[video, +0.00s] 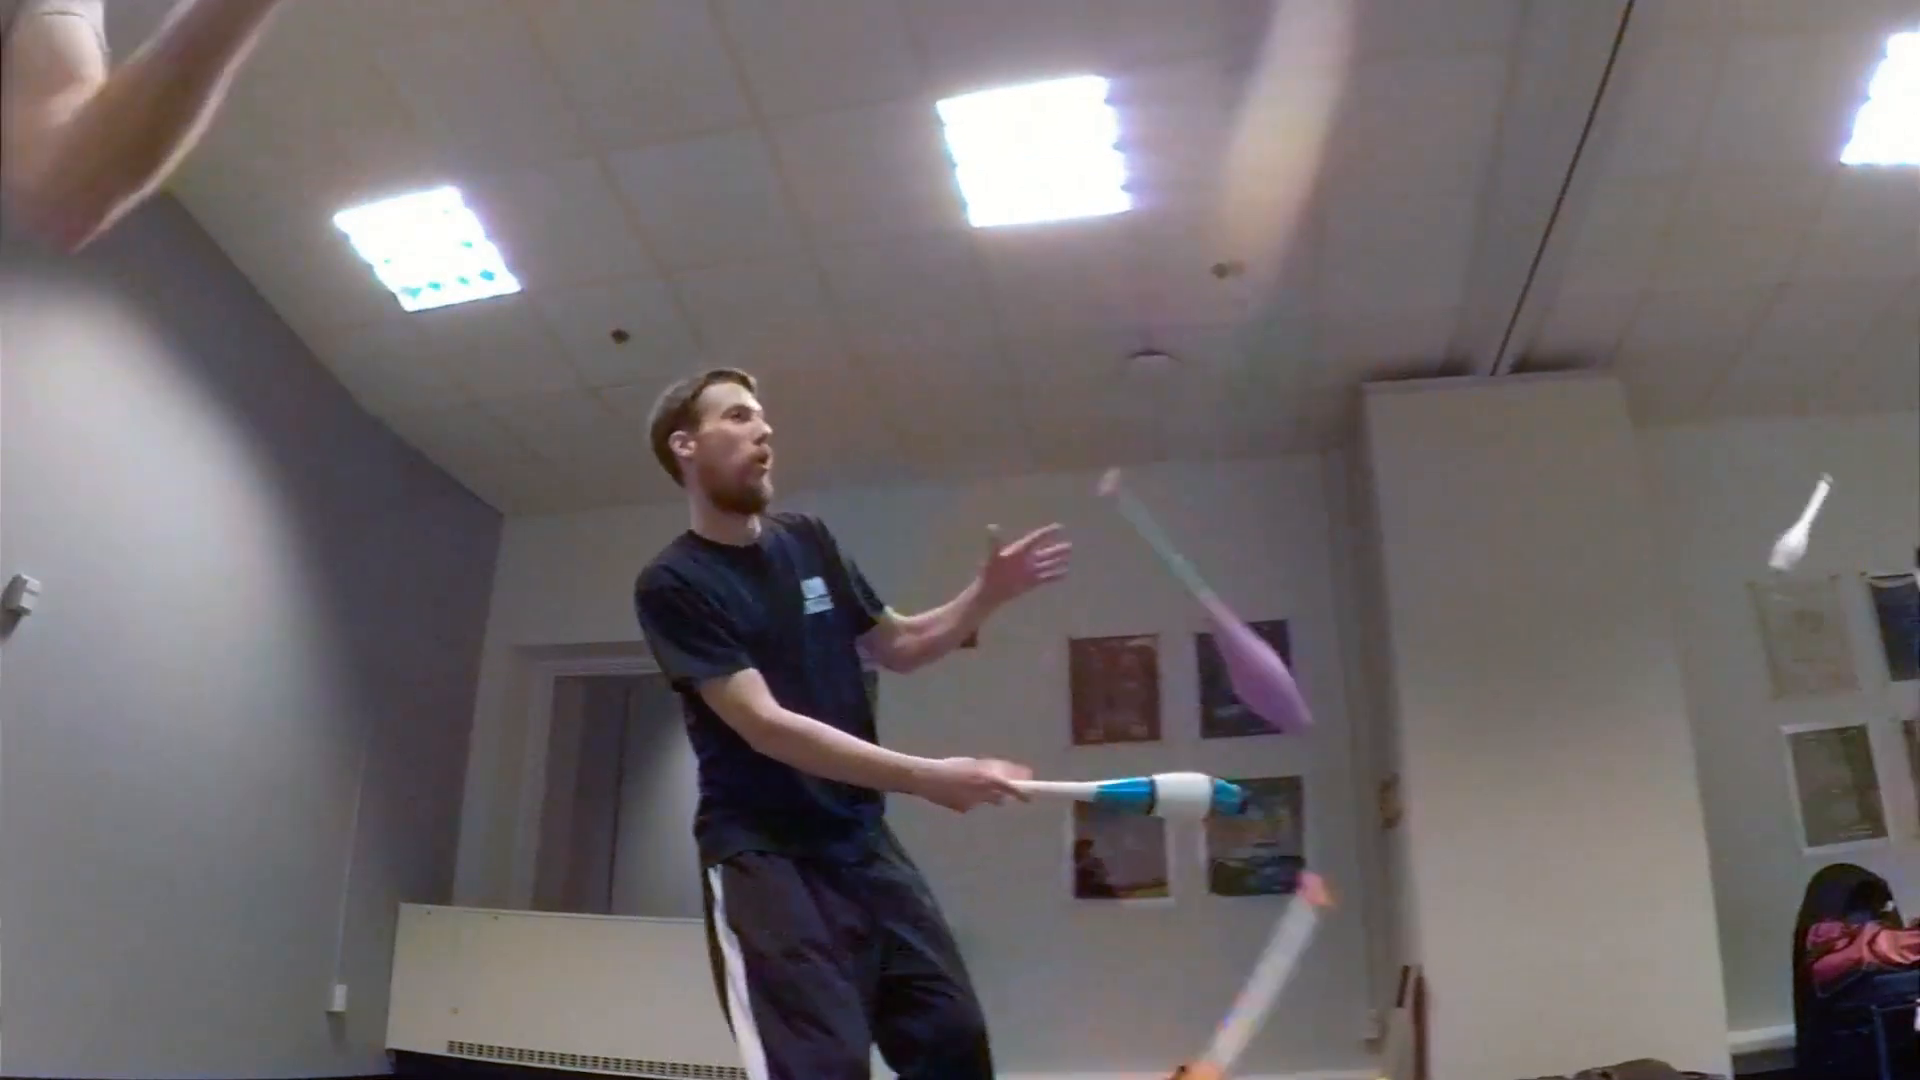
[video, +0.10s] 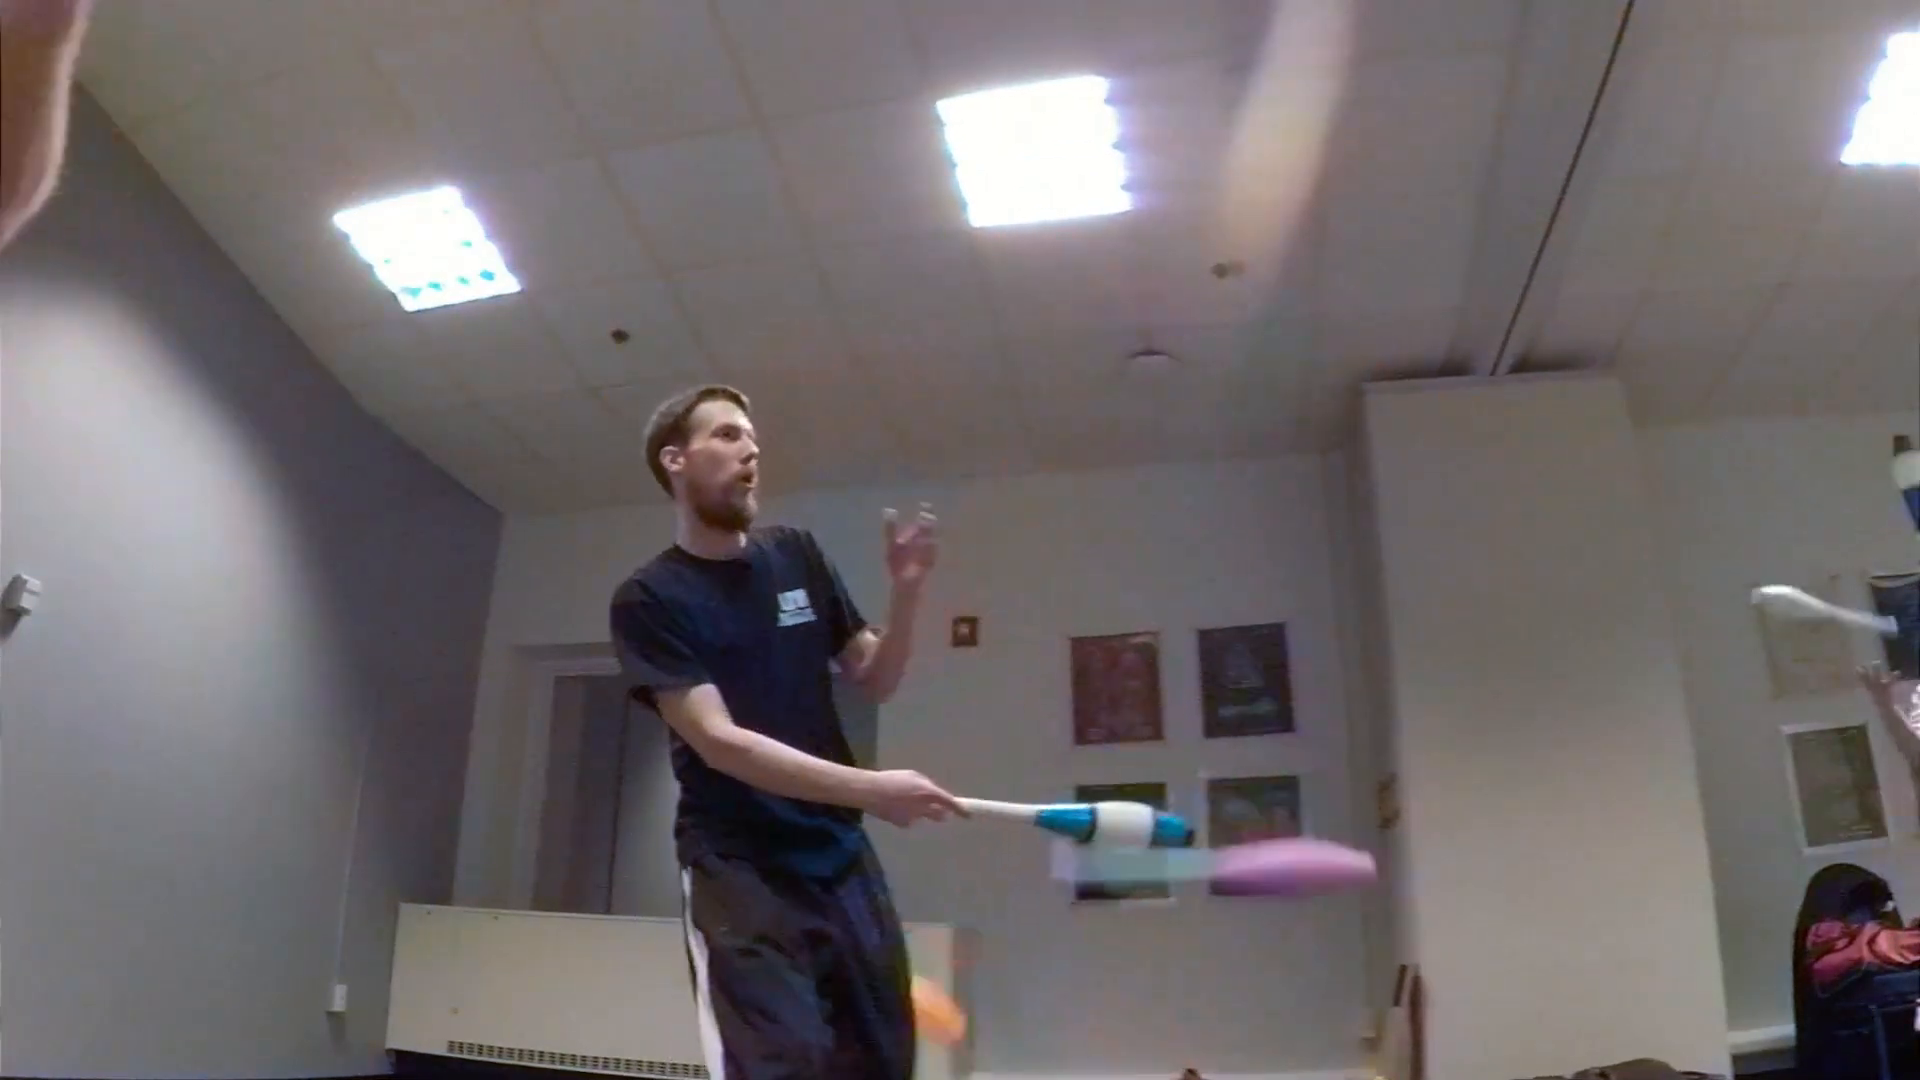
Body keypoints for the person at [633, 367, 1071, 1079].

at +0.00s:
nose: (763, 429)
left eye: (761, 416)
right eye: (736, 417)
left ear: (770, 437)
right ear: (682, 448)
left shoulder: (805, 539)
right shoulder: (674, 583)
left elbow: (893, 647)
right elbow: (761, 723)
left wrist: (985, 594)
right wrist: (926, 775)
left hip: (860, 841)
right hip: (762, 855)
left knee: (951, 1040)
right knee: (822, 1059)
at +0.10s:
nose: (750, 450)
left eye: (750, 437)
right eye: (725, 436)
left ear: (758, 455)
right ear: (672, 462)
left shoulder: (794, 552)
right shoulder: (649, 598)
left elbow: (874, 678)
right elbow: (717, 741)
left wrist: (907, 590)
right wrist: (870, 789)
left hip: (841, 857)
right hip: (743, 870)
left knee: (882, 1056)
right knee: (784, 1060)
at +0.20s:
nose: (745, 467)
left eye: (749, 456)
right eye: (724, 452)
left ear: (755, 477)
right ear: (673, 474)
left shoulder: (791, 571)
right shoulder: (640, 605)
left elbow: (863, 697)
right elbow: (676, 749)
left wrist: (836, 580)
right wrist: (807, 807)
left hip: (805, 860)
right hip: (704, 867)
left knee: (811, 1061)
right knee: (719, 1057)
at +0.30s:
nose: (744, 484)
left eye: (751, 474)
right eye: (725, 469)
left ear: (758, 492)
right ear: (675, 481)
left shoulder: (772, 583)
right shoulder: (625, 602)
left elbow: (837, 693)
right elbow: (640, 744)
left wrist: (791, 569)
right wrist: (746, 822)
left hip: (776, 865)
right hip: (667, 869)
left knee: (800, 1050)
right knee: (666, 1039)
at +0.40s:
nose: (728, 492)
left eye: (738, 482)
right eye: (714, 475)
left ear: (744, 500)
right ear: (667, 480)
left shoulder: (747, 591)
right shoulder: (606, 589)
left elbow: (798, 696)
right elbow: (598, 728)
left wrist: (760, 568)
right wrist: (677, 823)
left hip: (745, 861)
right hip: (637, 861)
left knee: (774, 1051)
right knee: (624, 1055)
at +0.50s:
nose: (707, 501)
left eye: (716, 491)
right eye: (693, 483)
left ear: (720, 507)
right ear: (646, 485)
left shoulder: (715, 599)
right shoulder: (581, 583)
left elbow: (759, 705)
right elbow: (556, 721)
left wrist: (733, 582)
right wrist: (614, 828)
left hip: (706, 866)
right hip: (601, 865)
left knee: (748, 1051)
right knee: (584, 1057)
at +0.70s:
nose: (657, 520)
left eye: (666, 509)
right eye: (645, 500)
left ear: (667, 523)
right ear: (597, 497)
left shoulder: (650, 614)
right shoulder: (525, 589)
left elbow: (670, 738)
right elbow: (491, 720)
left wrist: (692, 644)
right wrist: (506, 840)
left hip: (622, 858)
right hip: (530, 855)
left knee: (675, 1029)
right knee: (528, 1045)